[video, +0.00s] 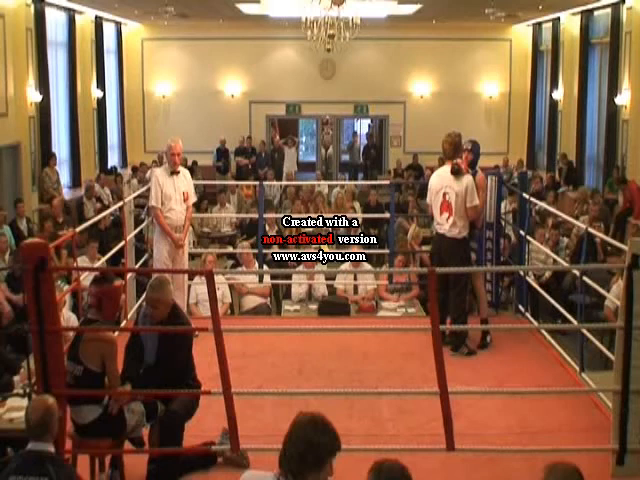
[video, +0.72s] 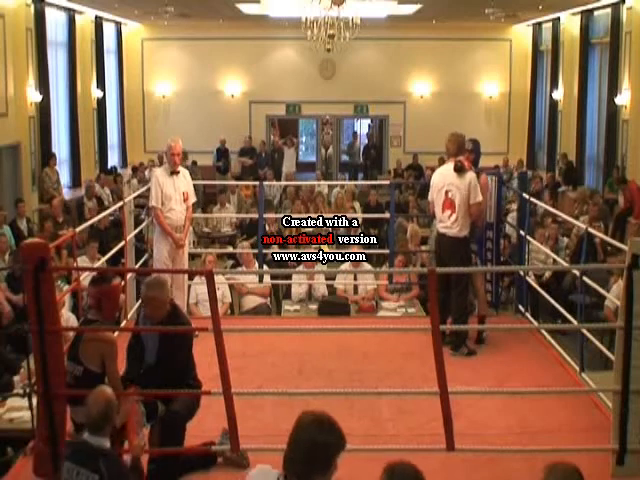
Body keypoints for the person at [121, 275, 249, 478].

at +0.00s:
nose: (152, 311)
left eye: (157, 307)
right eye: (149, 305)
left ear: (170, 303)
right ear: (145, 300)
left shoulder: (180, 326)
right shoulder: (143, 315)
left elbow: (169, 372)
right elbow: (132, 350)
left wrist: (135, 389)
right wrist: (127, 381)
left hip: (182, 389)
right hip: (151, 389)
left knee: (172, 417)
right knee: (164, 467)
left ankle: (159, 471)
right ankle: (216, 451)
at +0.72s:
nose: (148, 308)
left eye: (153, 303)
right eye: (145, 302)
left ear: (167, 301)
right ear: (142, 299)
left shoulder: (180, 326)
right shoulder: (142, 316)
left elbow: (170, 372)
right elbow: (133, 353)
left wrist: (136, 386)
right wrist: (126, 382)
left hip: (182, 389)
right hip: (150, 388)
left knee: (173, 417)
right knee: (163, 468)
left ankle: (159, 470)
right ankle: (216, 451)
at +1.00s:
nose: (143, 309)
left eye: (147, 304)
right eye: (141, 303)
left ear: (162, 303)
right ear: (140, 302)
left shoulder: (180, 326)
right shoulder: (141, 318)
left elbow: (172, 373)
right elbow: (132, 353)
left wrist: (141, 383)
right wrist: (131, 379)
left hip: (183, 388)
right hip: (151, 387)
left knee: (174, 416)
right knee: (161, 467)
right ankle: (216, 450)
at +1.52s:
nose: (145, 290)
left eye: (151, 284)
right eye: (145, 284)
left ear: (164, 286)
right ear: (142, 284)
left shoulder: (178, 319)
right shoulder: (146, 310)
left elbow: (173, 372)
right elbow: (137, 357)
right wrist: (128, 331)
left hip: (183, 390)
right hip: (157, 386)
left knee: (172, 416)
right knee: (155, 467)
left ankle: (217, 453)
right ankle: (214, 448)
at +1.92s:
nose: (148, 285)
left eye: (153, 278)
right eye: (148, 278)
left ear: (167, 280)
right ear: (150, 279)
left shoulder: (180, 318)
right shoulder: (159, 308)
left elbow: (172, 372)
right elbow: (152, 357)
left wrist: (147, 406)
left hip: (176, 397)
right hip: (161, 391)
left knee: (161, 469)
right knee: (158, 467)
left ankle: (216, 451)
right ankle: (215, 449)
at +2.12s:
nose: (150, 284)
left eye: (155, 278)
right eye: (149, 277)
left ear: (170, 279)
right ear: (148, 278)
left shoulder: (181, 319)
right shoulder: (160, 307)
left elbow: (167, 374)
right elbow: (149, 358)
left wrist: (139, 334)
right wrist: (134, 335)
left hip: (176, 397)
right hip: (161, 390)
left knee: (160, 470)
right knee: (159, 467)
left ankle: (217, 451)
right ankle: (215, 449)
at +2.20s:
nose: (149, 284)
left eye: (155, 278)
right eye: (149, 277)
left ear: (170, 278)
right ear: (148, 278)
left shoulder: (181, 319)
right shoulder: (159, 307)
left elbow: (165, 372)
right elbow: (146, 356)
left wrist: (140, 334)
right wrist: (134, 333)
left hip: (177, 396)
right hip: (160, 389)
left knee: (160, 470)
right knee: (161, 467)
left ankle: (217, 451)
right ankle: (215, 449)